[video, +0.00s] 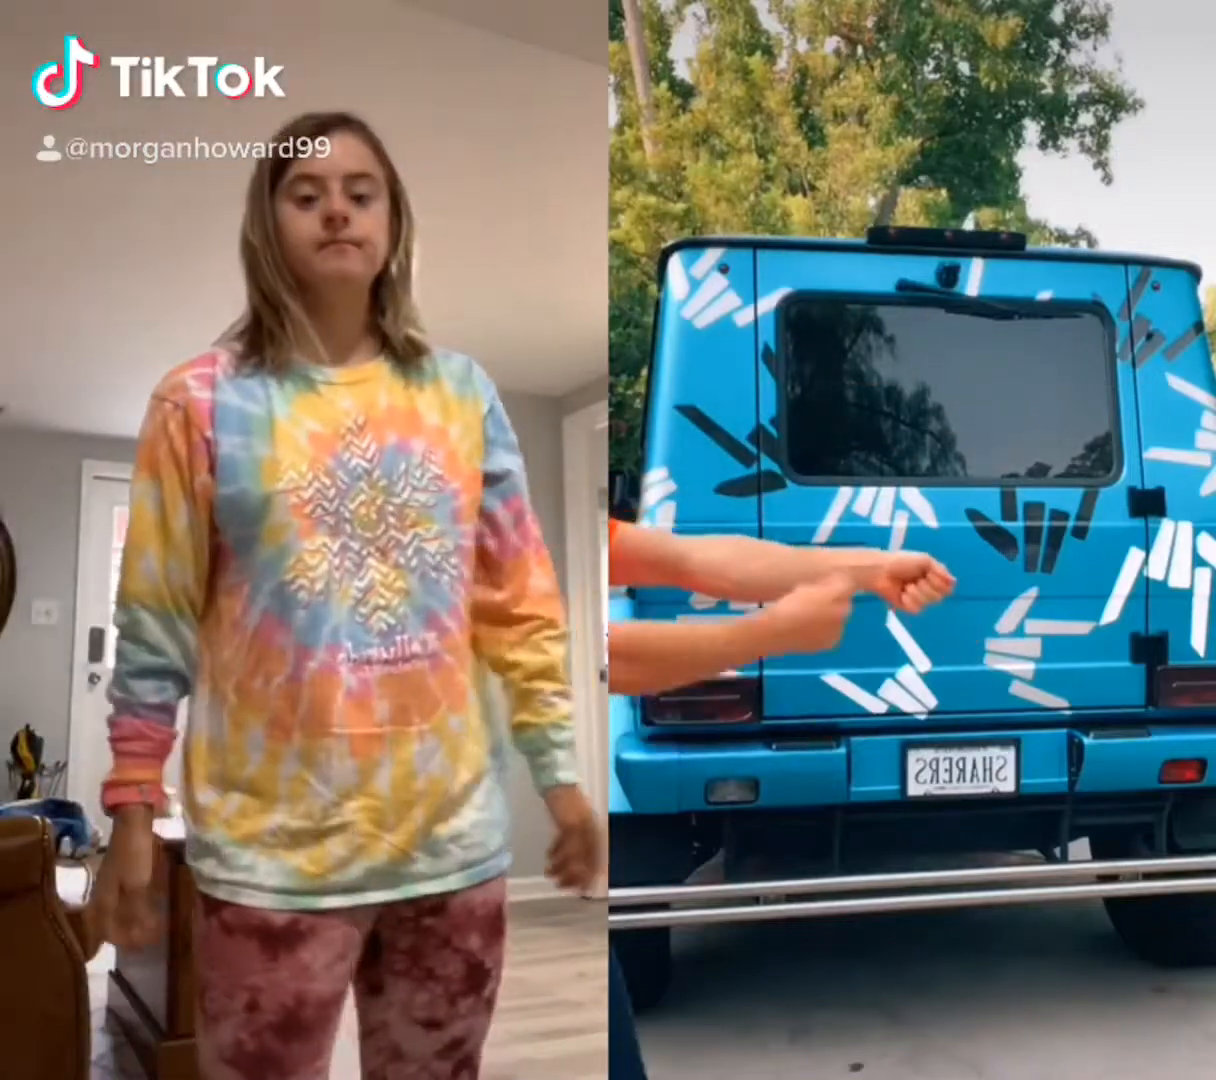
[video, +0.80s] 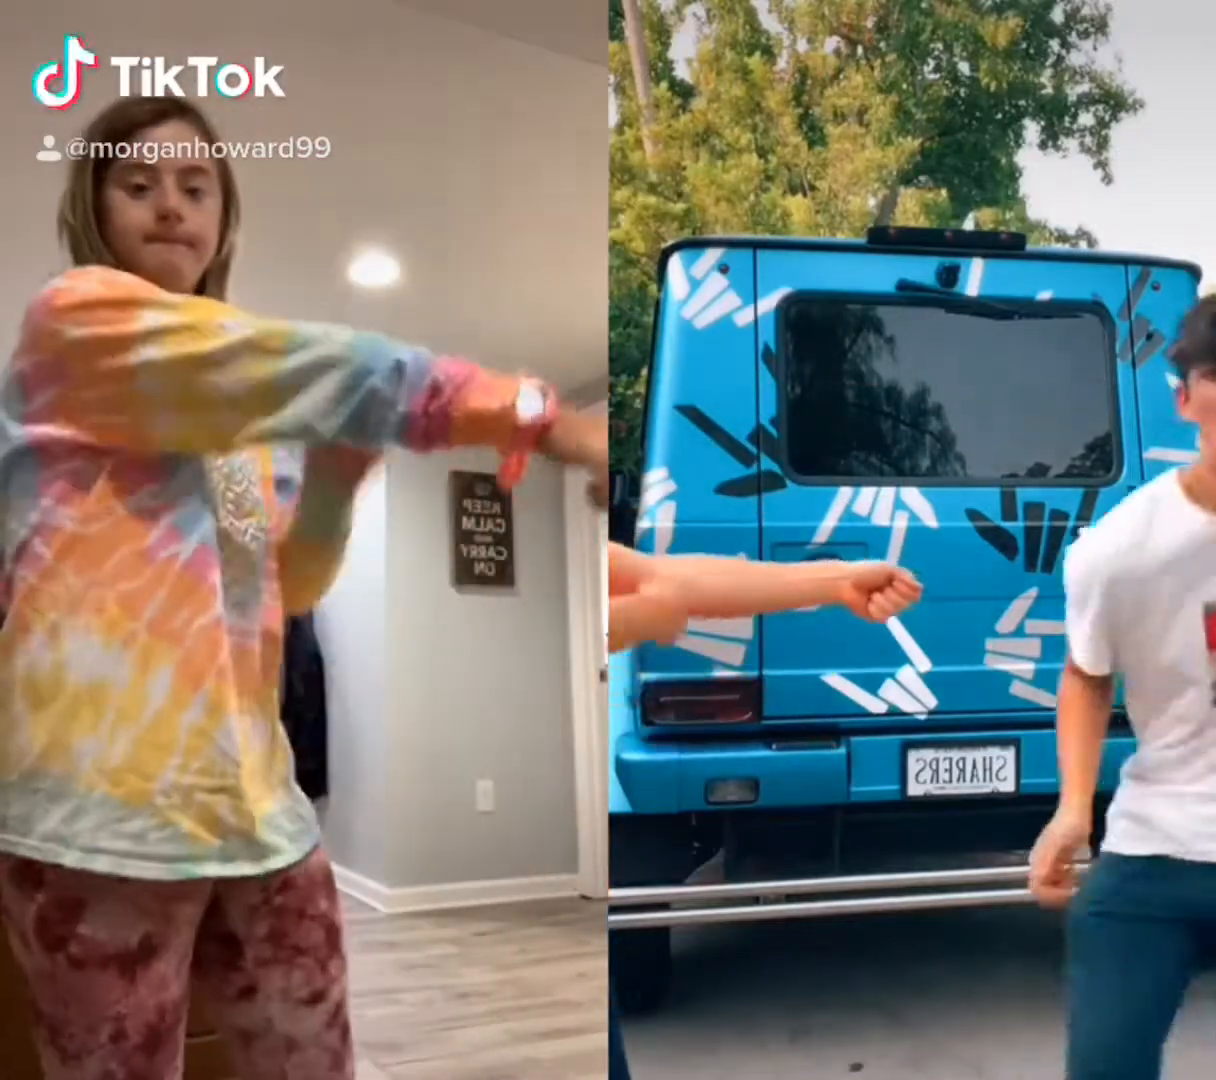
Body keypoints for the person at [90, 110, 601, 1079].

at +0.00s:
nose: (339, 212)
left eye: (362, 193)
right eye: (308, 195)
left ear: (394, 224)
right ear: (267, 226)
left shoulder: (462, 393)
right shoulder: (202, 403)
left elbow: (519, 606)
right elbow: (153, 627)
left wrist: (561, 780)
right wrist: (133, 814)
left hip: (450, 846)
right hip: (270, 856)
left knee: (435, 1075)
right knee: (260, 1071)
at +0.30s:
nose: (264, 214)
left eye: (289, 192)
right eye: (233, 191)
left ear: (322, 221)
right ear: (189, 220)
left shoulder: (371, 401)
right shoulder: (117, 379)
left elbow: (404, 617)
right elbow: (78, 598)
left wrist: (411, 793)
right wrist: (159, 770)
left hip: (348, 846)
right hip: (166, 853)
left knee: (366, 1071)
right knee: (164, 1073)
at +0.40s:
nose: (238, 215)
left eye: (263, 193)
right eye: (208, 192)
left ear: (297, 226)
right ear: (165, 221)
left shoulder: (336, 413)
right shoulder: (89, 374)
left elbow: (362, 619)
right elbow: (72, 586)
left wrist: (357, 781)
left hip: (307, 841)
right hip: (130, 855)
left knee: (361, 1071)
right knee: (139, 1075)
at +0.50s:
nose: (216, 216)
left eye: (241, 194)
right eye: (185, 192)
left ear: (273, 227)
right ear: (140, 218)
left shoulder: (301, 414)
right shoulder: (80, 351)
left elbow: (329, 622)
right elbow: (136, 553)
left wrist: (327, 757)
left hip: (284, 829)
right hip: (117, 843)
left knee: (349, 1067)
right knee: (127, 1073)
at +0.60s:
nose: (194, 212)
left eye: (220, 191)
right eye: (163, 187)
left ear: (250, 223)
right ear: (117, 210)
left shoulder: (265, 400)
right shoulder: (69, 335)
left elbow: (301, 583)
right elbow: (228, 439)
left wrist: (313, 706)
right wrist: (496, 393)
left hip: (266, 809)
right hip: (105, 818)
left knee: (330, 1065)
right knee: (125, 1072)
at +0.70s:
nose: (177, 210)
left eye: (203, 188)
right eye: (146, 184)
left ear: (234, 219)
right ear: (99, 205)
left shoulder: (234, 365)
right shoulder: (71, 318)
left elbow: (234, 601)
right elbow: (299, 349)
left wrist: (306, 609)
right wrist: (537, 376)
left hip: (252, 797)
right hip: (95, 800)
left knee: (312, 1064)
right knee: (116, 1069)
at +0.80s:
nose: (172, 208)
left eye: (197, 186)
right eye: (139, 184)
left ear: (225, 217)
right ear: (94, 207)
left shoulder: (221, 368)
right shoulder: (72, 318)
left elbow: (280, 593)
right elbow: (304, 365)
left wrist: (332, 473)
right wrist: (535, 417)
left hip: (256, 810)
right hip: (96, 812)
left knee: (306, 1068)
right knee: (116, 1070)